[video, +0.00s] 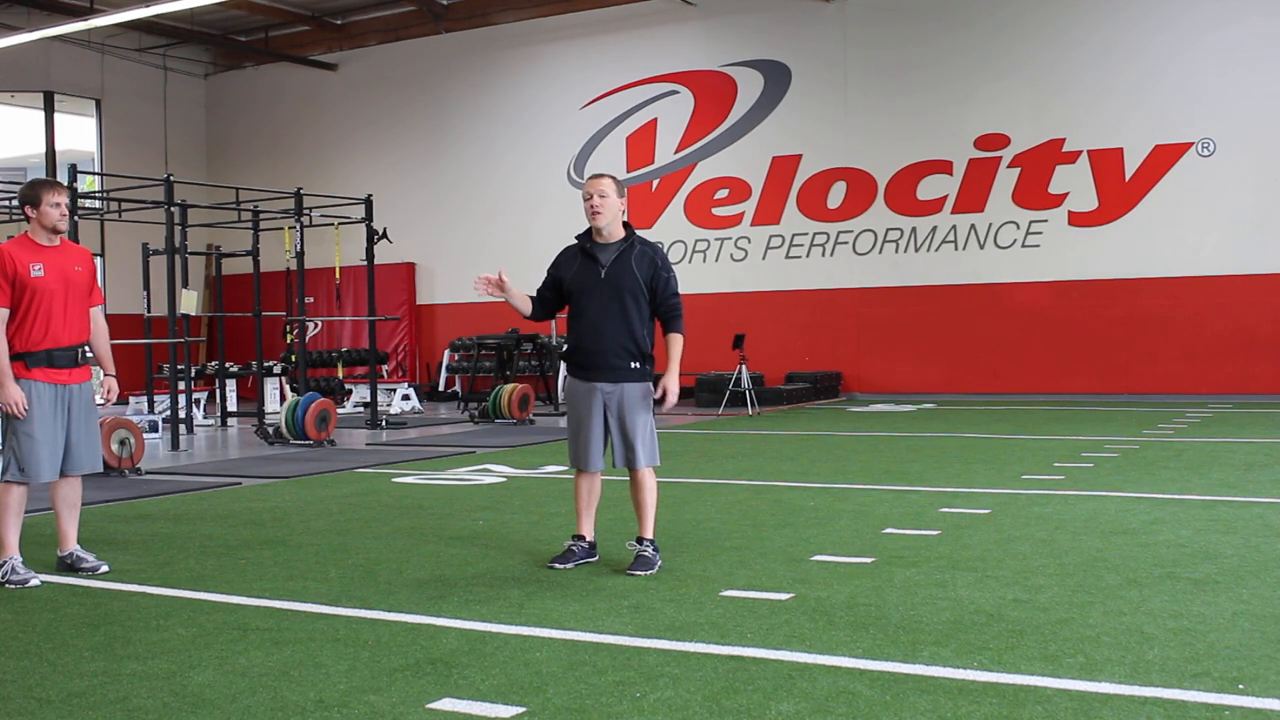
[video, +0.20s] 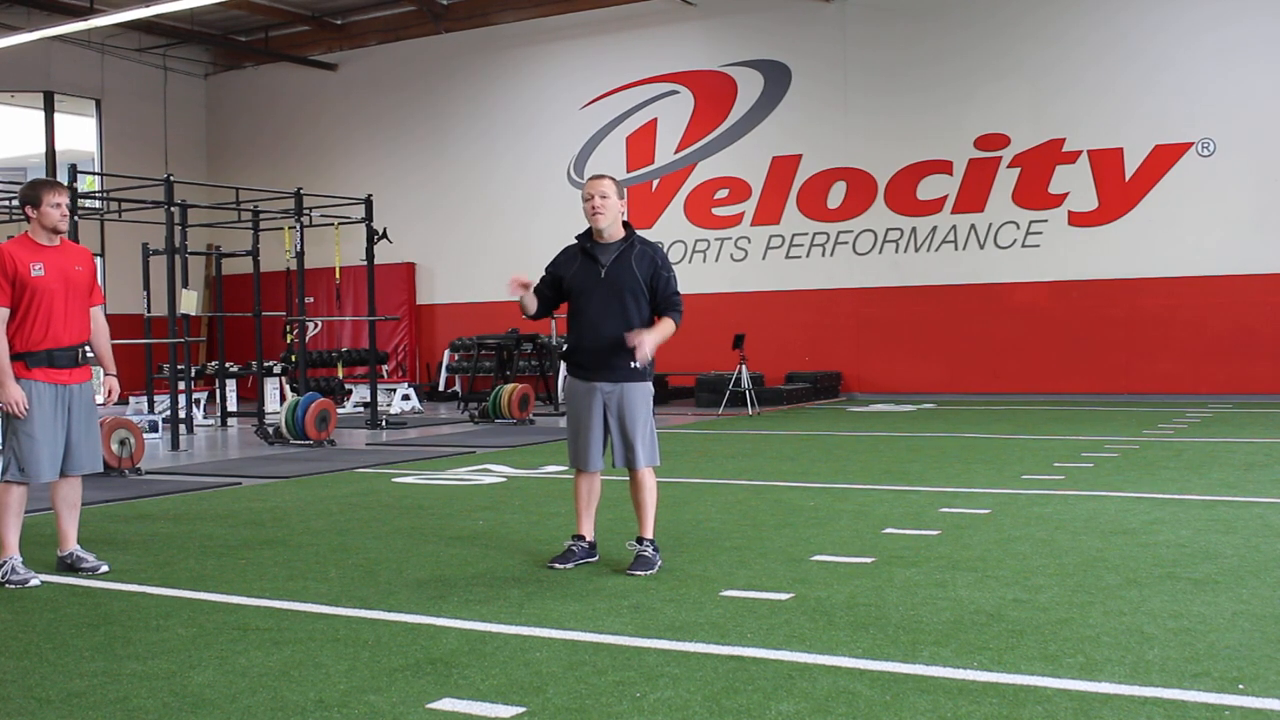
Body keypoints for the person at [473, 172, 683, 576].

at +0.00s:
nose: (593, 203)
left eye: (601, 196)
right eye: (588, 198)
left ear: (622, 203)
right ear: (584, 207)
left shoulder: (650, 256)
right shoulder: (571, 257)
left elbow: (672, 317)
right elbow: (540, 309)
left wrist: (672, 372)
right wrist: (508, 292)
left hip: (632, 380)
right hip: (582, 379)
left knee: (640, 464)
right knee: (585, 464)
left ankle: (647, 544)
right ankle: (584, 542)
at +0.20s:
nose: (594, 204)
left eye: (602, 197)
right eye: (588, 199)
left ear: (622, 204)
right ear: (583, 208)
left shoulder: (649, 255)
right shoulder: (570, 257)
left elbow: (673, 312)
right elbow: (539, 309)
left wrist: (654, 335)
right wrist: (528, 296)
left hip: (632, 379)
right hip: (582, 377)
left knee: (639, 463)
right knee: (585, 462)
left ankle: (646, 544)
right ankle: (583, 542)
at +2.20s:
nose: (590, 208)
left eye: (598, 201)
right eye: (587, 202)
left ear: (622, 207)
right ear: (586, 208)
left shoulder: (653, 256)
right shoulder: (572, 259)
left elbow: (678, 315)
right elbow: (548, 322)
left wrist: (651, 311)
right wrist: (557, 309)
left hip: (635, 381)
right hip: (584, 379)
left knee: (641, 463)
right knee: (586, 464)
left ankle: (646, 544)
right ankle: (584, 542)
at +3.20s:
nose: (586, 209)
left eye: (594, 202)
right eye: (582, 204)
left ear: (618, 206)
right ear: (579, 211)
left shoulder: (648, 253)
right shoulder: (571, 258)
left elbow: (659, 311)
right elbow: (551, 323)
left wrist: (605, 288)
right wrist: (553, 308)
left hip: (634, 379)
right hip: (585, 377)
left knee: (641, 462)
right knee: (586, 461)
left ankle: (646, 544)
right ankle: (584, 541)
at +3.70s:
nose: (587, 204)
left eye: (596, 197)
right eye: (585, 197)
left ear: (621, 204)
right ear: (582, 204)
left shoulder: (651, 251)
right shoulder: (571, 257)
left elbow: (679, 310)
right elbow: (550, 310)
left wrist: (659, 280)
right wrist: (554, 317)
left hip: (636, 377)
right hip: (585, 377)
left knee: (641, 462)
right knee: (587, 463)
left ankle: (646, 544)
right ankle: (584, 541)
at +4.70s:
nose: (586, 216)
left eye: (593, 209)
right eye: (587, 209)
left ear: (618, 212)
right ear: (612, 213)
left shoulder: (662, 256)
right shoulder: (599, 256)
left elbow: (685, 317)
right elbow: (575, 307)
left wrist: (634, 334)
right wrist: (554, 282)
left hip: (646, 380)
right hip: (602, 377)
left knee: (649, 462)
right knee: (595, 459)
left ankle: (648, 545)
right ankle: (589, 540)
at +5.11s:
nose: (579, 215)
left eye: (586, 207)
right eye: (576, 209)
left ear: (613, 208)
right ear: (578, 214)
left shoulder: (643, 255)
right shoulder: (584, 259)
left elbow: (664, 316)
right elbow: (539, 289)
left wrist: (609, 331)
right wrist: (501, 253)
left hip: (631, 380)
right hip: (590, 378)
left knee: (641, 462)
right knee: (589, 460)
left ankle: (647, 545)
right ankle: (586, 540)